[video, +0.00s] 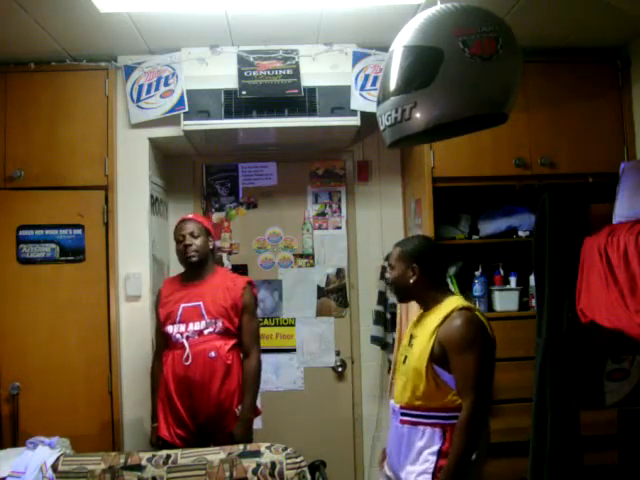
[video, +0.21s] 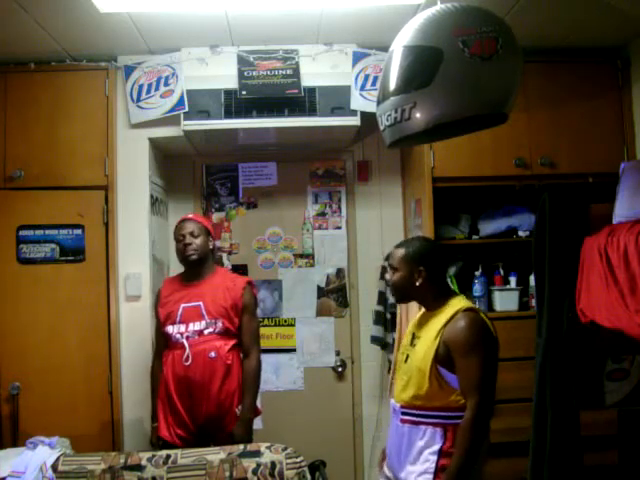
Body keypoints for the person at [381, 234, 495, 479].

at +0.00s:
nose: (386, 276)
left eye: (391, 268)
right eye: (387, 268)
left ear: (413, 272)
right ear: (412, 273)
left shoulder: (461, 324)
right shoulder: (426, 316)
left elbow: (473, 405)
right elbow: (416, 392)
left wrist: (450, 470)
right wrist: (393, 446)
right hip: (406, 450)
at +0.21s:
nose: (387, 278)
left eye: (393, 270)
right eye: (388, 270)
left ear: (419, 275)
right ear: (419, 276)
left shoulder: (465, 325)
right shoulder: (426, 316)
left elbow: (478, 407)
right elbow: (415, 392)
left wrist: (454, 471)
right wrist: (392, 446)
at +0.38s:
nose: (386, 268)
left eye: (395, 261)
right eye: (388, 260)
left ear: (424, 268)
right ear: (422, 268)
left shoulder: (462, 320)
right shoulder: (421, 312)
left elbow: (477, 402)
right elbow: (410, 386)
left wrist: (452, 471)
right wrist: (389, 440)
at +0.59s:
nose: (391, 276)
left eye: (401, 269)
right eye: (392, 268)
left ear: (429, 275)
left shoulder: (461, 327)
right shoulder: (423, 318)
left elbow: (475, 407)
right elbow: (415, 395)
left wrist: (452, 471)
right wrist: (389, 447)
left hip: (432, 452)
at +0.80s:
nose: (395, 273)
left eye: (406, 266)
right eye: (394, 264)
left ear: (431, 270)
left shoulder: (463, 320)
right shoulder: (421, 313)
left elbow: (476, 402)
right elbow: (409, 387)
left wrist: (451, 471)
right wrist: (389, 444)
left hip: (435, 442)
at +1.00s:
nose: (395, 265)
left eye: (406, 259)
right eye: (394, 257)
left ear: (432, 265)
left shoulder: (461, 318)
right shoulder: (418, 311)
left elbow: (476, 399)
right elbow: (410, 388)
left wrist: (450, 470)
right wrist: (387, 442)